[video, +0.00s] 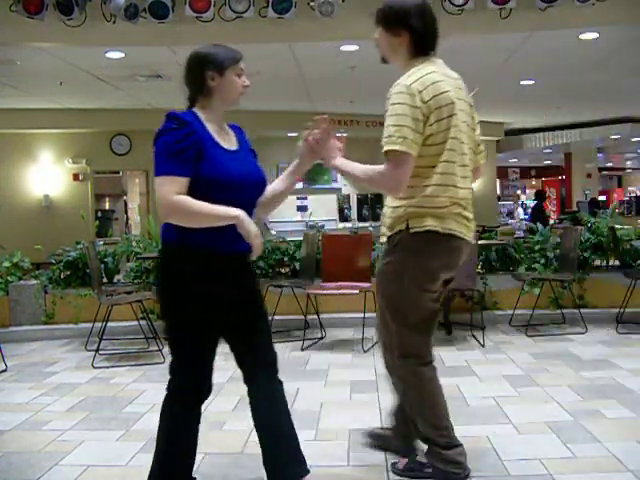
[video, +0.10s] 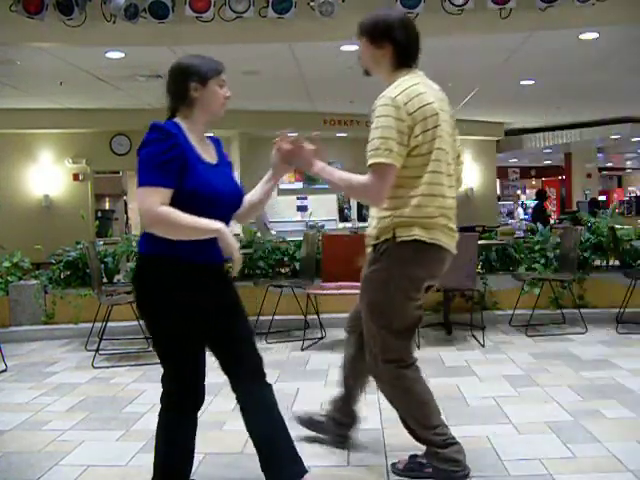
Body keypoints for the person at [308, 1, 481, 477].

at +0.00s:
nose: (377, 43)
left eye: (381, 33)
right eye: (377, 34)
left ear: (403, 36)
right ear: (417, 36)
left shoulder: (409, 87)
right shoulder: (456, 87)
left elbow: (393, 178)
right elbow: (476, 169)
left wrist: (337, 162)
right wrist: (427, 186)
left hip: (419, 235)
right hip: (453, 235)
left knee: (404, 346)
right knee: (404, 336)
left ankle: (445, 458)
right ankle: (402, 432)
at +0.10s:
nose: (360, 55)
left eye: (363, 46)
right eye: (360, 46)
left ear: (384, 48)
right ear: (401, 48)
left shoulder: (394, 100)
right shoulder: (433, 95)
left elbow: (375, 189)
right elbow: (446, 177)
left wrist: (315, 165)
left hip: (405, 240)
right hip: (433, 240)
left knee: (386, 351)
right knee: (361, 326)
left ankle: (444, 454)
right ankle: (340, 418)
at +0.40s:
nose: (297, 62)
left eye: (301, 54)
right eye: (299, 54)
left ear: (320, 60)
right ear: (338, 61)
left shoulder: (328, 111)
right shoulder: (368, 108)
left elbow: (319, 196)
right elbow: (390, 182)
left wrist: (258, 191)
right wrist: (337, 185)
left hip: (343, 243)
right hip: (371, 241)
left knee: (363, 351)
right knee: (319, 340)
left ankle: (439, 445)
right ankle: (274, 421)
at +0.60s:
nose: (256, 61)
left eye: (260, 53)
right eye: (258, 52)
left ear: (279, 56)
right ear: (296, 57)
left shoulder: (280, 104)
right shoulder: (324, 103)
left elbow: (276, 182)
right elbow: (343, 172)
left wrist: (224, 182)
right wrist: (296, 173)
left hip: (292, 234)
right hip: (321, 234)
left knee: (306, 330)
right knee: (288, 329)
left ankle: (385, 418)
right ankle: (268, 421)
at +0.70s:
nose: (238, 64)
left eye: (242, 56)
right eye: (238, 56)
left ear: (261, 59)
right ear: (279, 60)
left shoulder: (263, 107)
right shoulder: (305, 104)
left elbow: (261, 181)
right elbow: (325, 171)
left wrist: (208, 183)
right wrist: (276, 173)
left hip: (275, 233)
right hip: (305, 234)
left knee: (269, 327)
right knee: (275, 326)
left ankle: (343, 407)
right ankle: (266, 422)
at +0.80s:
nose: (223, 69)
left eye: (227, 62)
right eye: (224, 62)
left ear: (244, 65)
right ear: (261, 66)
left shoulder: (247, 111)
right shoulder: (292, 109)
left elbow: (244, 186)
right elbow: (309, 174)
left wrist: (189, 186)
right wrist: (266, 178)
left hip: (262, 233)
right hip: (296, 235)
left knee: (235, 319)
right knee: (265, 326)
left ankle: (294, 405)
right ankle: (265, 421)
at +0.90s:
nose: (210, 78)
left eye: (213, 70)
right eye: (211, 70)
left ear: (229, 72)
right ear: (248, 73)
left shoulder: (232, 118)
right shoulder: (281, 116)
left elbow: (227, 191)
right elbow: (299, 182)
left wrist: (173, 191)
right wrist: (254, 181)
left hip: (246, 239)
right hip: (282, 242)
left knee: (215, 323)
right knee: (255, 330)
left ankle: (244, 418)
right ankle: (267, 421)